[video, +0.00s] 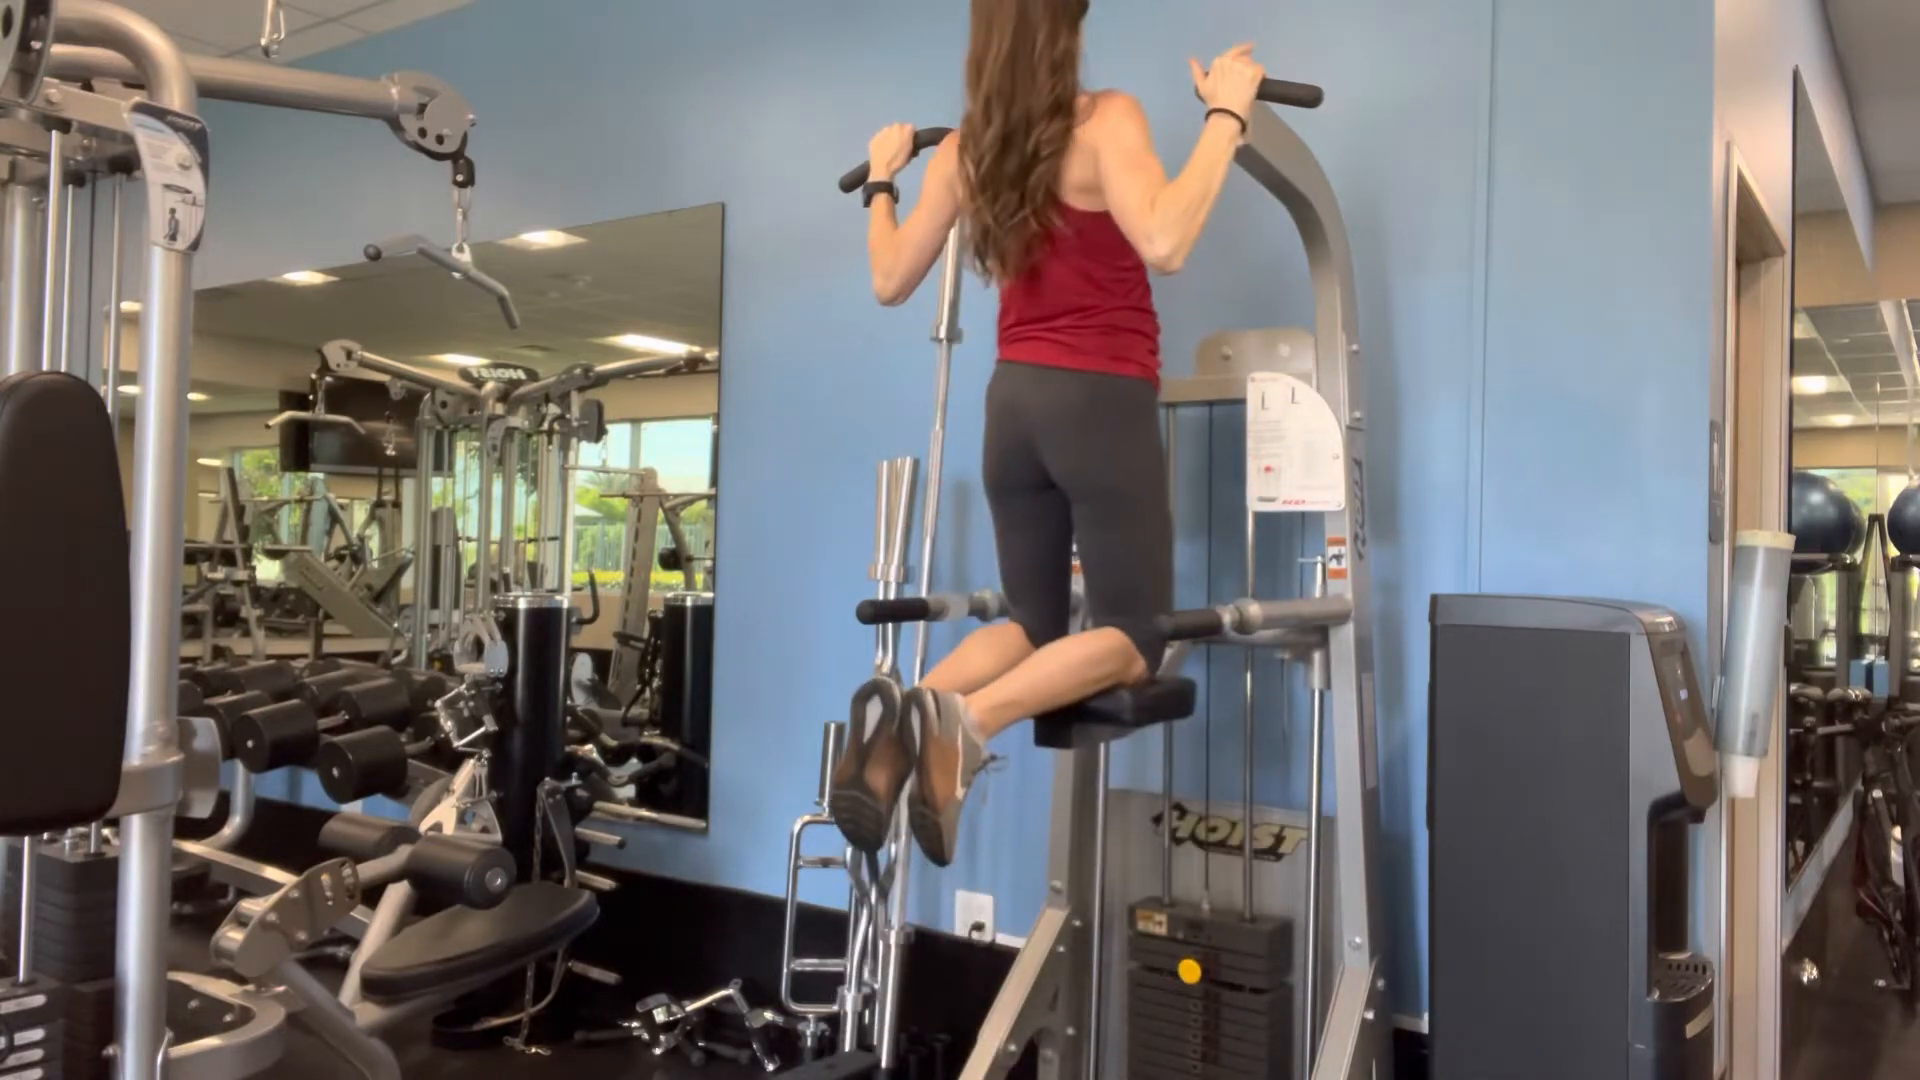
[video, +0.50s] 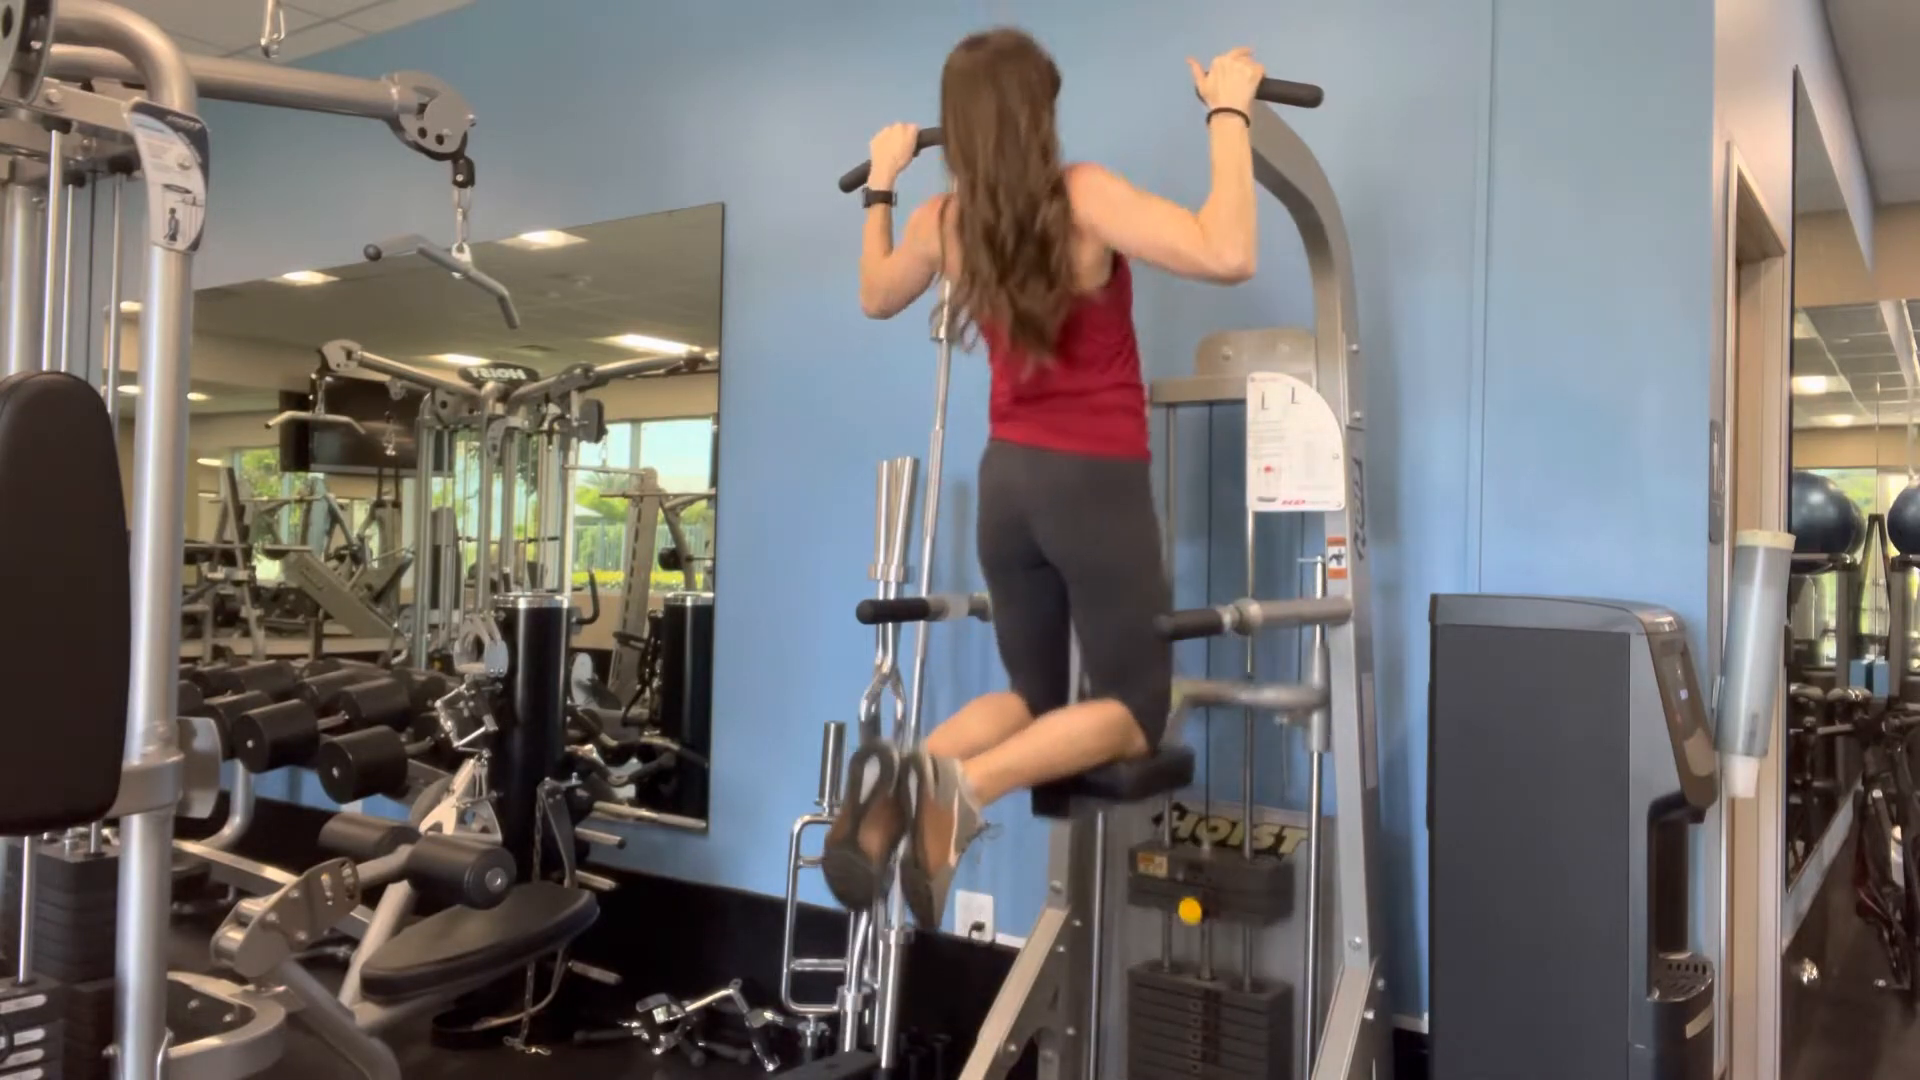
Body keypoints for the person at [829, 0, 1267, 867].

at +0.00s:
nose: (1078, 28)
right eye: (1074, 19)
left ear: (986, 36)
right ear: (1067, 29)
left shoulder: (969, 144)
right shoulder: (1105, 117)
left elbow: (891, 278)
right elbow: (1163, 240)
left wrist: (878, 180)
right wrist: (1227, 116)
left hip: (1012, 403)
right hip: (1099, 401)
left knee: (1032, 624)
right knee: (1134, 640)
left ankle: (906, 714)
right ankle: (969, 722)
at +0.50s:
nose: (1057, 112)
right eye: (1053, 99)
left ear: (956, 122)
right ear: (1042, 111)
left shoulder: (946, 217)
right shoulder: (1084, 193)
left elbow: (879, 295)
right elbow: (1227, 252)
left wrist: (878, 187)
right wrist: (1229, 114)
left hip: (1006, 480)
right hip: (1093, 482)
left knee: (1034, 697)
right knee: (1133, 711)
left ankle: (899, 787)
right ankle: (966, 787)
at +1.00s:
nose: (1056, 336)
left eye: (1032, 331)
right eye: (1046, 329)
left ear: (966, 359)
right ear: (1040, 350)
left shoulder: (971, 428)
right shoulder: (1084, 420)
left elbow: (918, 303)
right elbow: (1186, 278)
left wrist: (888, 185)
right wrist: (1222, 119)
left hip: (1001, 717)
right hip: (1087, 731)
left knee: (1017, 933)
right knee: (1118, 958)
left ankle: (892, 1047)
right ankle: (957, 1065)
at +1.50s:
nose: (1050, 305)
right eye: (1041, 294)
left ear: (956, 325)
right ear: (1036, 312)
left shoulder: (955, 403)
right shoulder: (1084, 380)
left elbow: (906, 296)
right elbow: (1210, 274)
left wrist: (886, 184)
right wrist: (1225, 118)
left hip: (994, 676)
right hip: (1085, 682)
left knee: (1018, 889)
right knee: (1122, 911)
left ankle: (899, 993)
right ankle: (962, 1013)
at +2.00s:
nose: (1058, 119)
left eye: (1053, 105)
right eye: (1053, 105)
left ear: (957, 123)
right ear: (1041, 116)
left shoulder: (953, 219)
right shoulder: (1081, 200)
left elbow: (880, 298)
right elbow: (1232, 254)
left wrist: (883, 185)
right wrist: (1232, 116)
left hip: (1003, 493)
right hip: (1092, 498)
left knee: (1028, 716)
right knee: (1131, 727)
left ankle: (903, 833)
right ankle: (969, 831)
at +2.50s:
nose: (1081, 29)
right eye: (1077, 20)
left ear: (987, 39)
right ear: (1068, 31)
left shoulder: (967, 145)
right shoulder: (1105, 120)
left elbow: (896, 278)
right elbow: (1172, 247)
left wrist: (880, 182)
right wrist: (1228, 118)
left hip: (1018, 405)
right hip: (1108, 404)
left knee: (1031, 626)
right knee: (1135, 640)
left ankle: (911, 720)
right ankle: (973, 724)